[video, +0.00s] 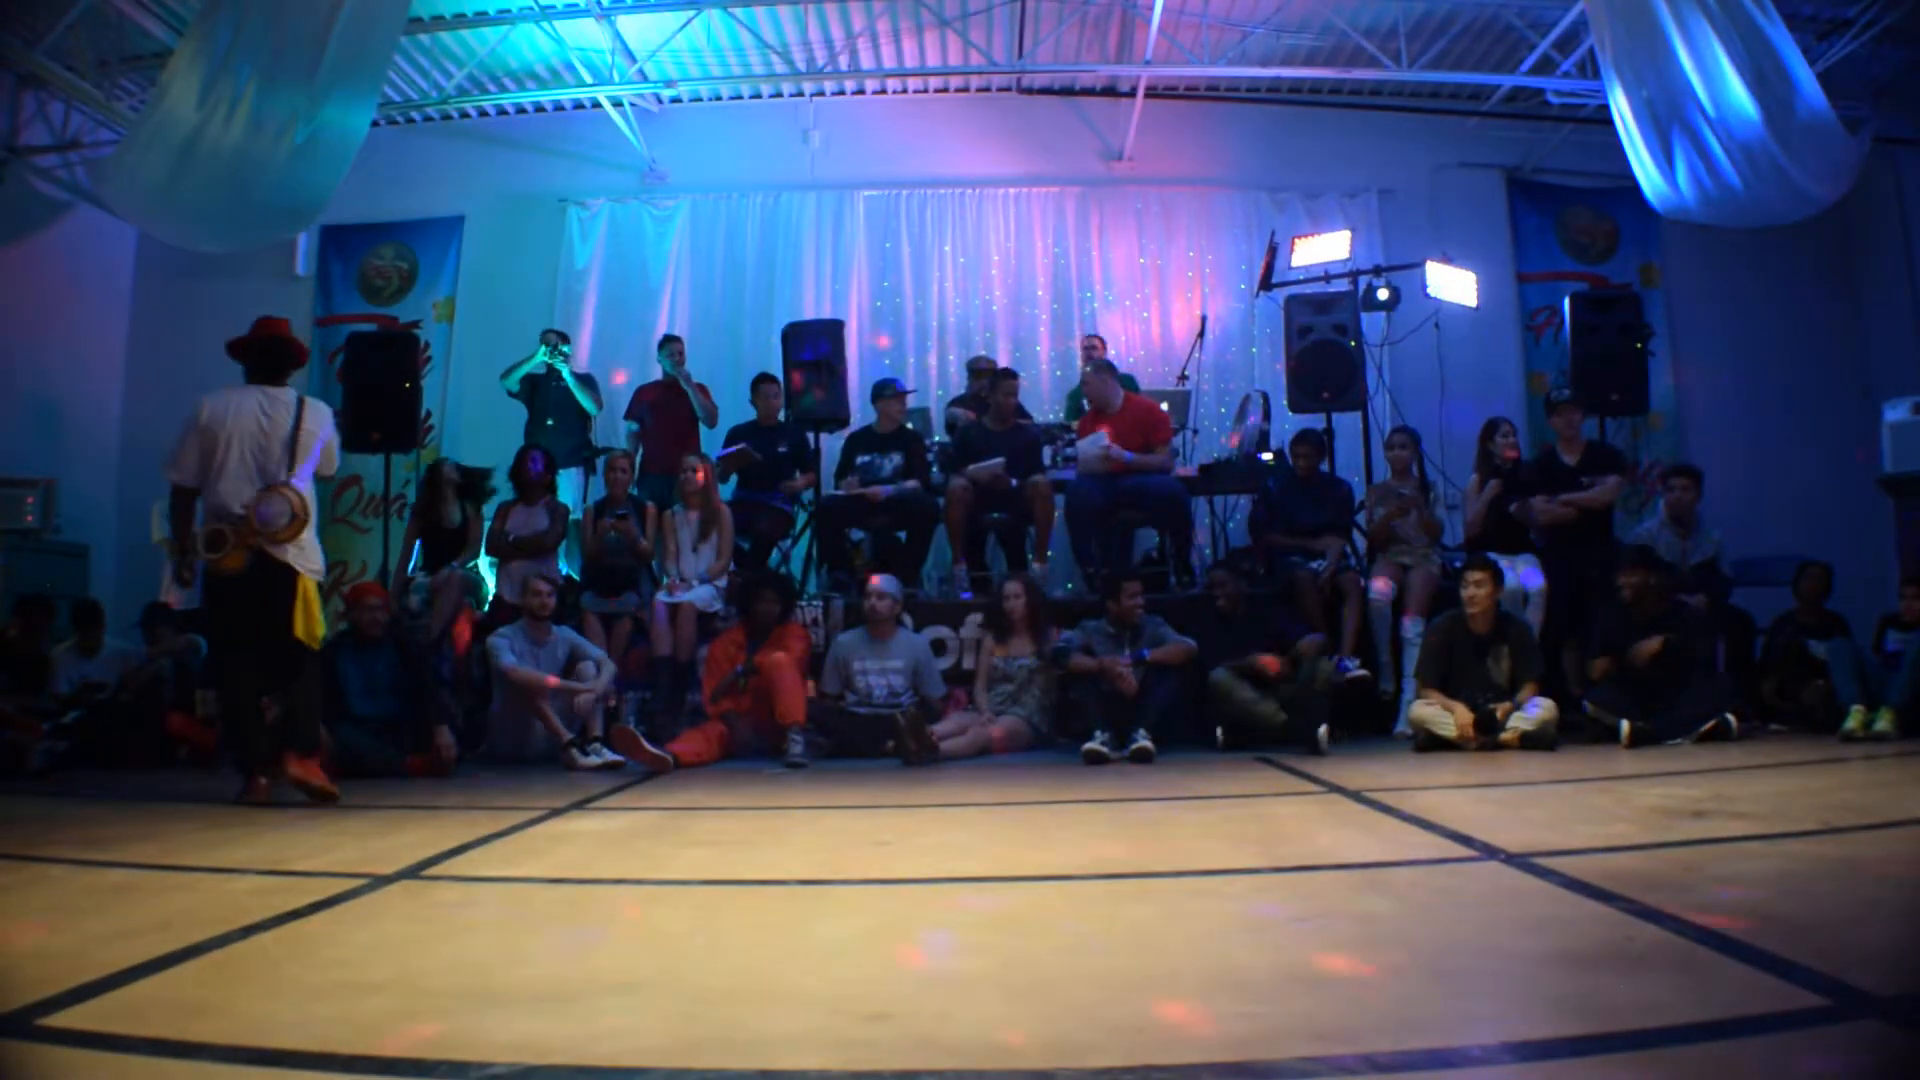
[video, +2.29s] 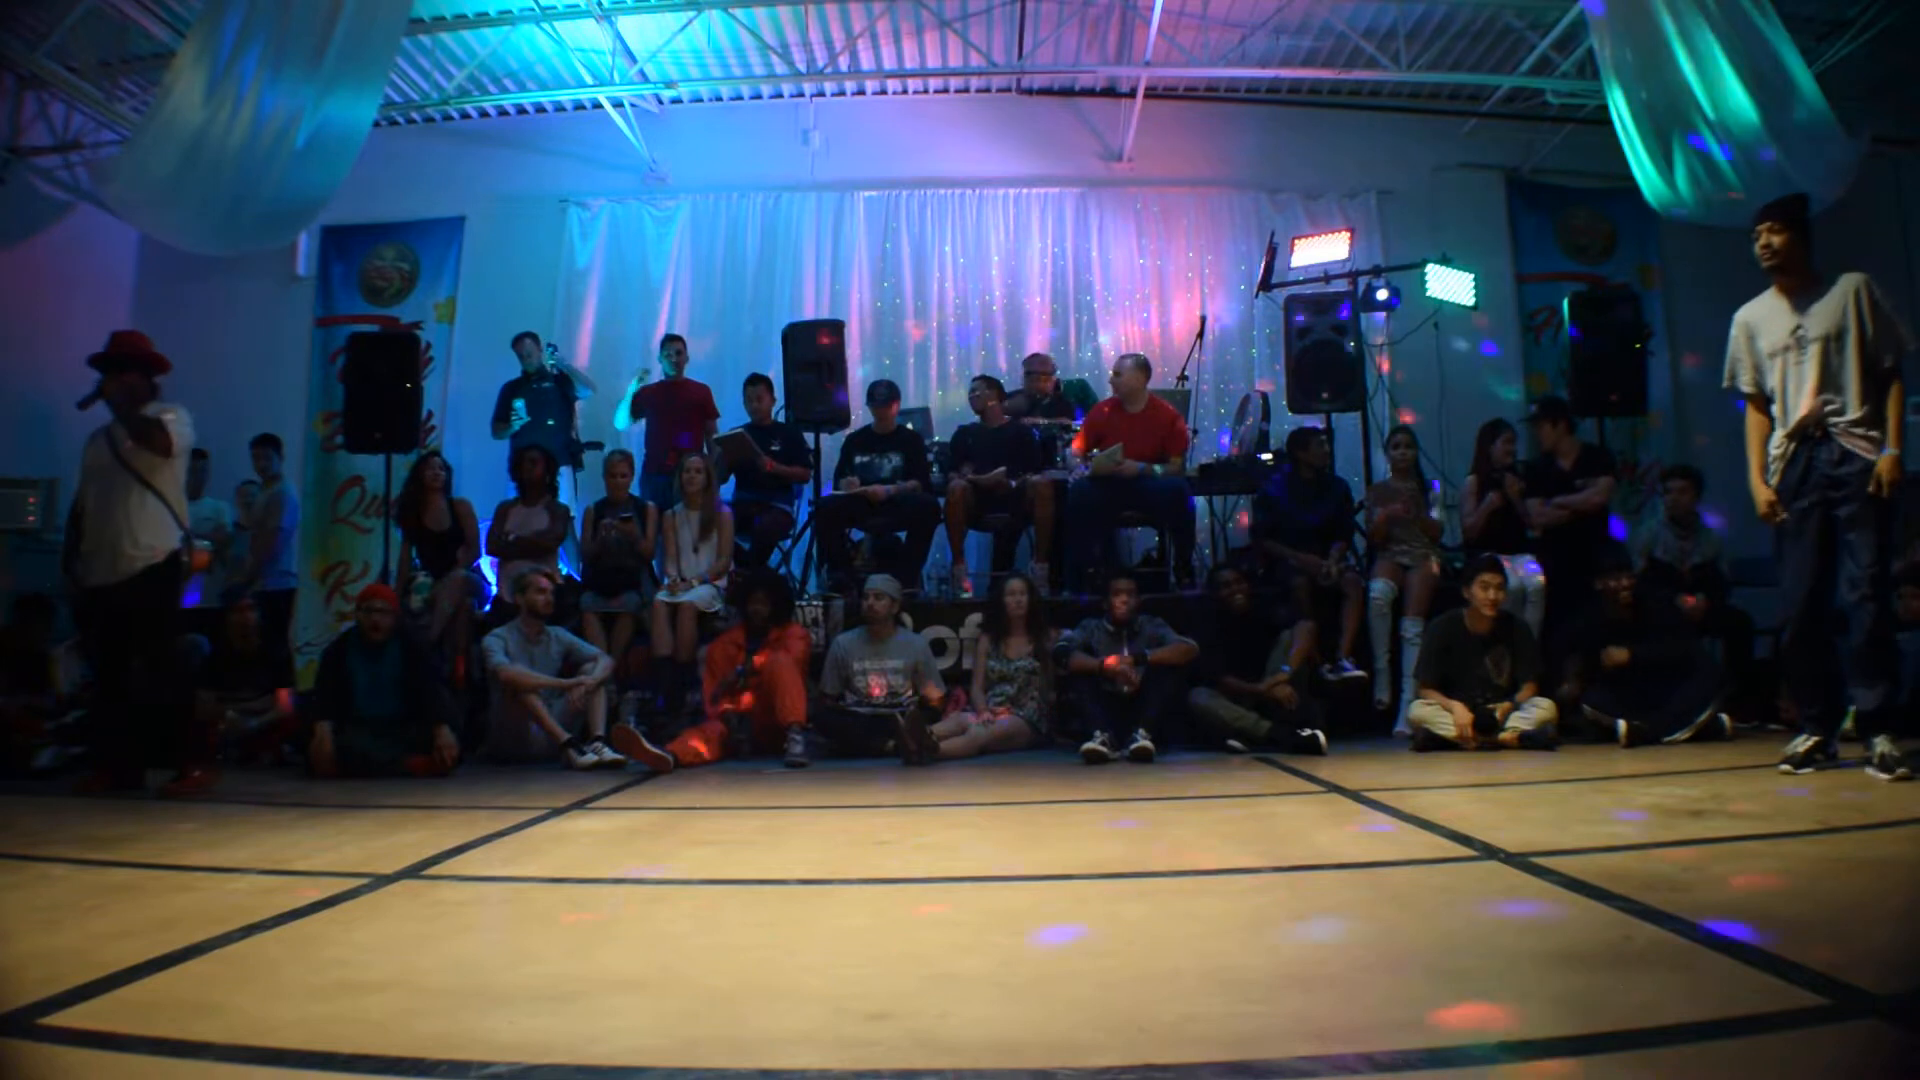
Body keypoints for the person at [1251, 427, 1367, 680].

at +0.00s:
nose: (1302, 463)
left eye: (1308, 457)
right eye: (1297, 457)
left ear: (1320, 457)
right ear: (1290, 456)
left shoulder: (1338, 488)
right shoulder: (1277, 486)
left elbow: (1341, 534)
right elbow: (1263, 535)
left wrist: (1330, 566)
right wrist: (1313, 544)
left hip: (1328, 553)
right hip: (1291, 554)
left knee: (1353, 582)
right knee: (1304, 580)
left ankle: (1346, 657)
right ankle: (1319, 653)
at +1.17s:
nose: (1320, 458)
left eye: (1323, 451)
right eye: (1313, 452)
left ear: (1328, 453)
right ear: (1296, 454)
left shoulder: (1337, 487)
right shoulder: (1277, 486)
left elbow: (1346, 533)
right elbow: (1267, 535)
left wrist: (1332, 560)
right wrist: (1300, 509)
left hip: (1328, 555)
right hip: (1291, 555)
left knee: (1353, 584)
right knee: (1301, 583)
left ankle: (1345, 657)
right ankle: (1313, 657)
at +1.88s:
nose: (1320, 452)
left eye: (1322, 446)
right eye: (1313, 446)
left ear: (1327, 451)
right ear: (1295, 452)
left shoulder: (1338, 486)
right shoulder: (1275, 487)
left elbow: (1345, 532)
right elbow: (1264, 537)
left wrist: (1331, 560)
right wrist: (1300, 533)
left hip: (1329, 557)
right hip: (1290, 557)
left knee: (1353, 584)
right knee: (1300, 583)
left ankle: (1342, 658)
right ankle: (1309, 659)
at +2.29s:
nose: (1326, 450)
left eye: (1325, 445)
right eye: (1318, 446)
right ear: (1300, 453)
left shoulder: (1337, 486)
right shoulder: (1277, 487)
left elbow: (1345, 532)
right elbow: (1264, 540)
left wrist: (1334, 560)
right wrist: (1307, 562)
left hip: (1328, 560)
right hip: (1291, 561)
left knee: (1354, 583)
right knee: (1300, 585)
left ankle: (1343, 657)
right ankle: (1311, 660)